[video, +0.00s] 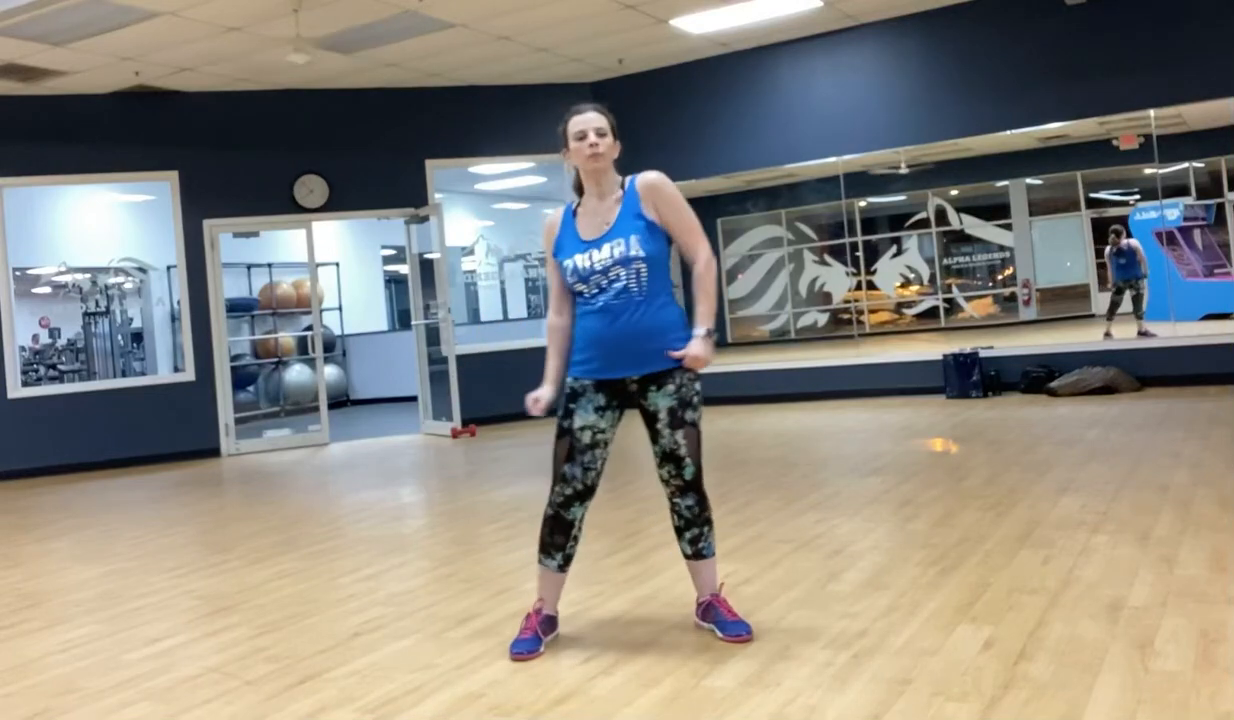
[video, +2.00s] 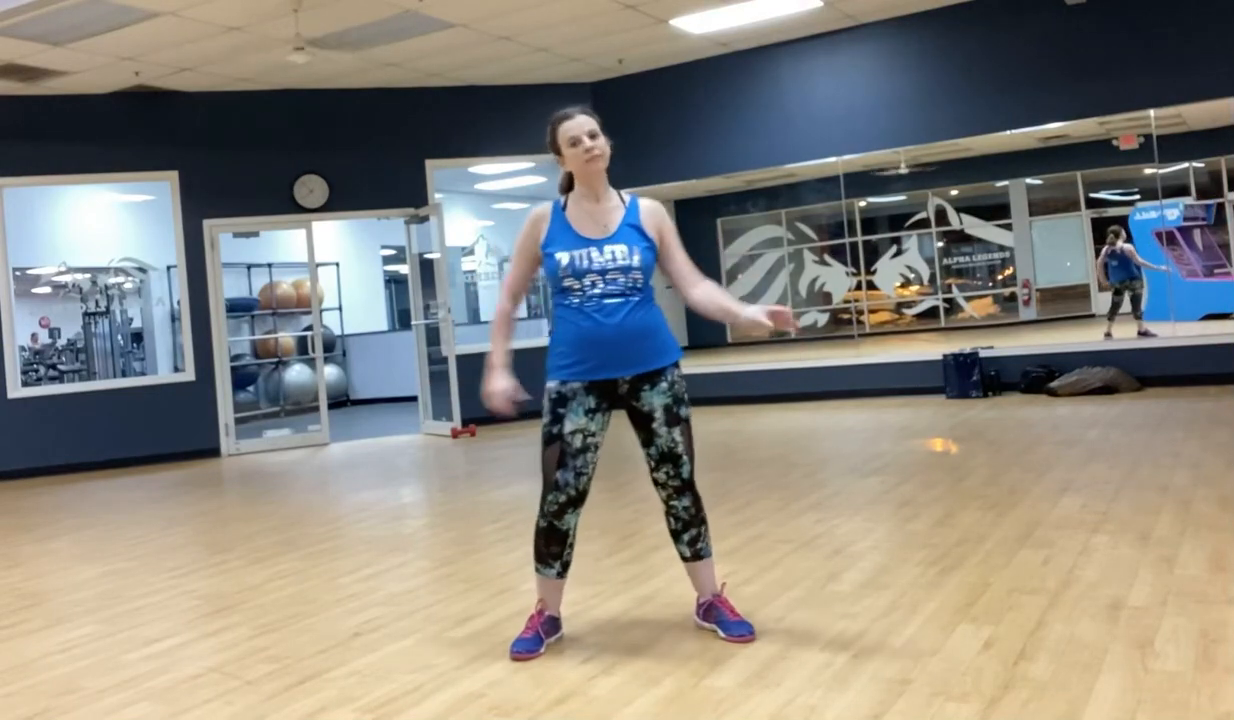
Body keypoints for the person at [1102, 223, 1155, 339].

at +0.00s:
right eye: (1124, 234)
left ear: (1113, 236)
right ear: (1123, 234)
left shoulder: (1109, 249)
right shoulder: (1133, 243)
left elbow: (1109, 267)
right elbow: (1142, 257)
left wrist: (1110, 281)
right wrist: (1145, 271)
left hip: (1120, 280)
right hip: (1136, 278)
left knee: (1114, 304)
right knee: (1138, 304)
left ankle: (1107, 330)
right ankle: (1141, 328)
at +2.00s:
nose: (1125, 234)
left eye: (1124, 232)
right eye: (1123, 232)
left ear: (1112, 236)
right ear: (1120, 235)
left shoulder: (1107, 249)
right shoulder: (1128, 247)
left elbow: (1099, 263)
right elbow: (1139, 262)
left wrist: (1103, 280)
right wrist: (1158, 268)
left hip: (1117, 281)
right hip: (1134, 279)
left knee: (1114, 306)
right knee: (1136, 305)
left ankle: (1108, 330)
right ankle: (1141, 328)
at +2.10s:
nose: (1123, 235)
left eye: (1122, 233)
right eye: (1122, 233)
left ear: (1110, 236)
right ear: (1120, 235)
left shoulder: (1104, 248)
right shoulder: (1125, 248)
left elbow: (1095, 262)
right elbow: (1133, 265)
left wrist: (1090, 275)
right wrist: (1147, 270)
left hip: (1114, 281)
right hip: (1129, 279)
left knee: (1114, 305)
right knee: (1134, 304)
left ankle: (1108, 330)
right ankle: (1141, 328)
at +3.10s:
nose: (1131, 236)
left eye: (1129, 235)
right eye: (1129, 235)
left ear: (1120, 240)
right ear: (1126, 238)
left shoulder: (1121, 249)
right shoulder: (1127, 248)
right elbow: (1120, 261)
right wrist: (1128, 276)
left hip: (1121, 284)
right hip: (1129, 283)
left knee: (1118, 303)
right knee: (1149, 303)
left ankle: (1098, 323)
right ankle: (1139, 328)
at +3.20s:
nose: (1130, 237)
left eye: (1129, 235)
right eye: (1128, 236)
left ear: (1119, 241)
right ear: (1126, 239)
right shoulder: (1126, 249)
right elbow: (1120, 262)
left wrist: (1163, 257)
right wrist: (1128, 277)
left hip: (1122, 284)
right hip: (1129, 284)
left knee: (1117, 304)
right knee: (1149, 304)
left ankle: (1097, 323)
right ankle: (1139, 328)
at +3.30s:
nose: (1130, 237)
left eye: (1128, 236)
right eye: (1127, 236)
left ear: (1120, 241)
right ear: (1125, 239)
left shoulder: (1129, 250)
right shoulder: (1125, 249)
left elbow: (1146, 249)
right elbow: (1119, 262)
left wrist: (1164, 247)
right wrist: (1128, 278)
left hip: (1124, 284)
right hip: (1129, 284)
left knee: (1117, 304)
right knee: (1150, 304)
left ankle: (1097, 323)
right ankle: (1139, 328)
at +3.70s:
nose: (1128, 238)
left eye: (1127, 236)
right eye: (1126, 236)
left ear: (1119, 241)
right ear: (1125, 239)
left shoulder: (1124, 249)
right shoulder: (1125, 250)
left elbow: (1124, 231)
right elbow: (1119, 262)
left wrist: (1125, 215)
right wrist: (1129, 277)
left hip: (1127, 285)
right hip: (1131, 285)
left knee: (1120, 304)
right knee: (1151, 304)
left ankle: (1099, 321)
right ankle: (1140, 328)